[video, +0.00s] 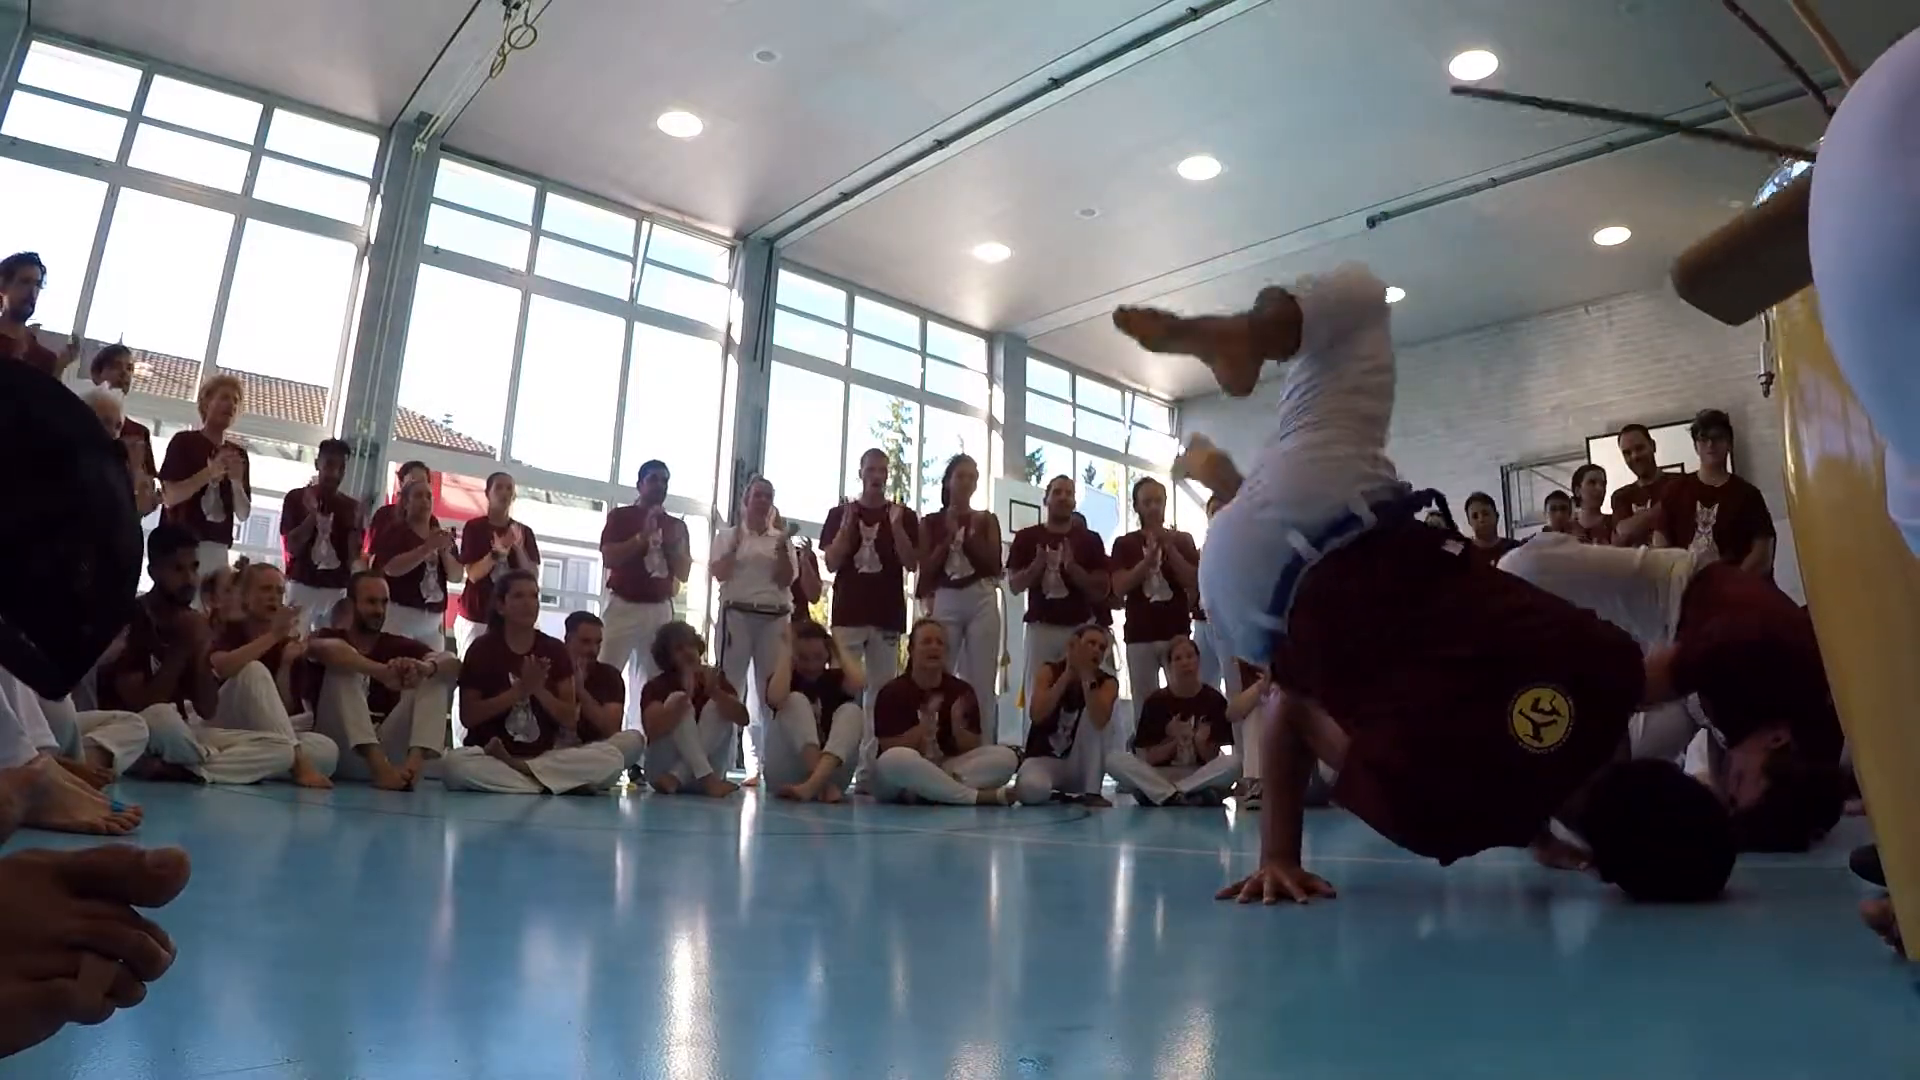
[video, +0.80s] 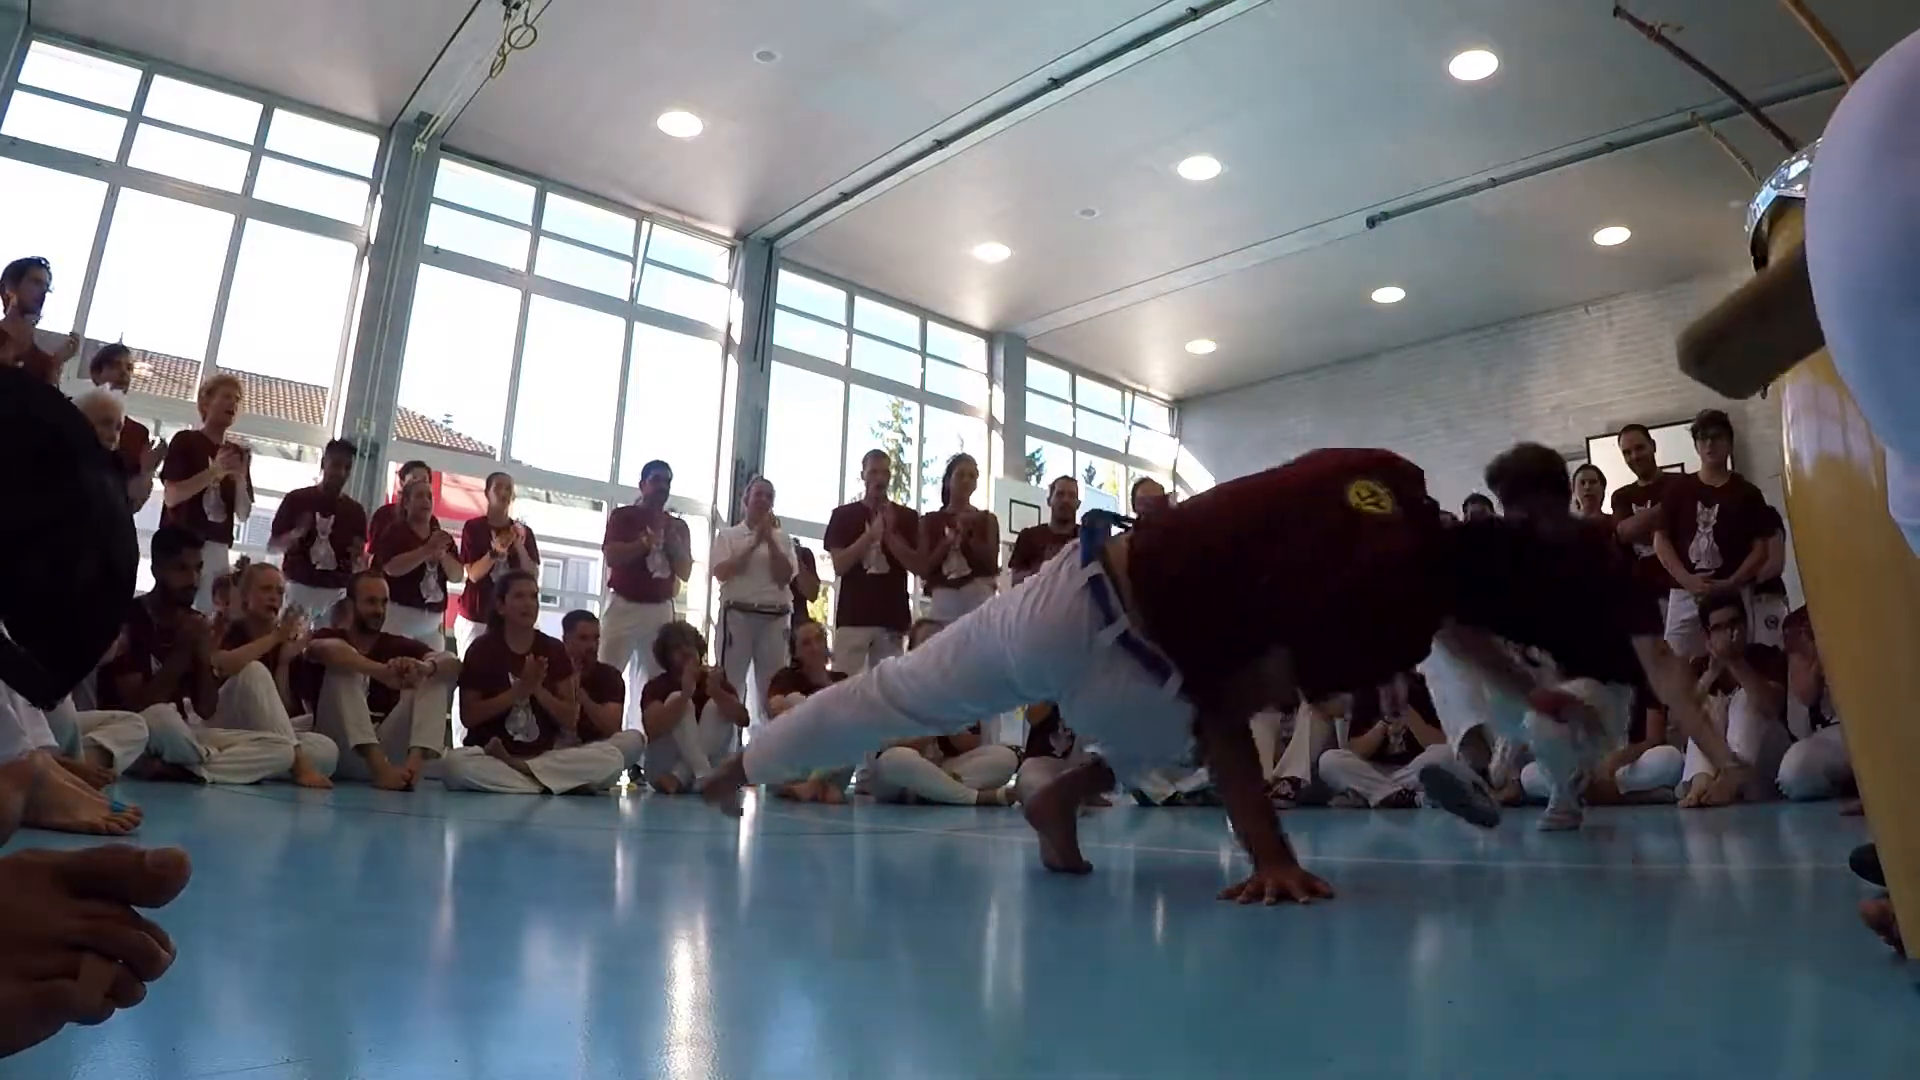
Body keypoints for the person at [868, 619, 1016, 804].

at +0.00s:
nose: (934, 647)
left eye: (940, 643)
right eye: (926, 642)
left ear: (946, 651)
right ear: (911, 650)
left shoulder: (962, 690)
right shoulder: (891, 692)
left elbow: (972, 748)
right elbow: (887, 747)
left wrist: (958, 729)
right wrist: (922, 729)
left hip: (950, 767)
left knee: (1006, 758)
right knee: (895, 759)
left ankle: (934, 792)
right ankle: (974, 797)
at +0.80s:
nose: (933, 652)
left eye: (938, 645)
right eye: (926, 645)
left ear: (948, 649)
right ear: (913, 650)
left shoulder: (962, 685)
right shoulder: (897, 686)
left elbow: (975, 744)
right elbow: (881, 743)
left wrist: (945, 727)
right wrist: (922, 743)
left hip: (952, 766)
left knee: (1006, 757)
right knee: (896, 760)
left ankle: (928, 791)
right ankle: (976, 797)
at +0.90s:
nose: (935, 649)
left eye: (941, 643)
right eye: (927, 643)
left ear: (950, 647)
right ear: (912, 651)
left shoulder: (965, 684)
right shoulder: (895, 689)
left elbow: (982, 741)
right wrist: (920, 754)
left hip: (958, 761)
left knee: (1007, 757)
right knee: (889, 757)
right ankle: (973, 797)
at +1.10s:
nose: (924, 655)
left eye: (930, 648)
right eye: (919, 648)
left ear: (942, 652)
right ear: (910, 651)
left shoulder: (956, 688)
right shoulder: (891, 693)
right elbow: (881, 747)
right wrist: (918, 737)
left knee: (1007, 758)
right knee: (897, 759)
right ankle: (988, 796)